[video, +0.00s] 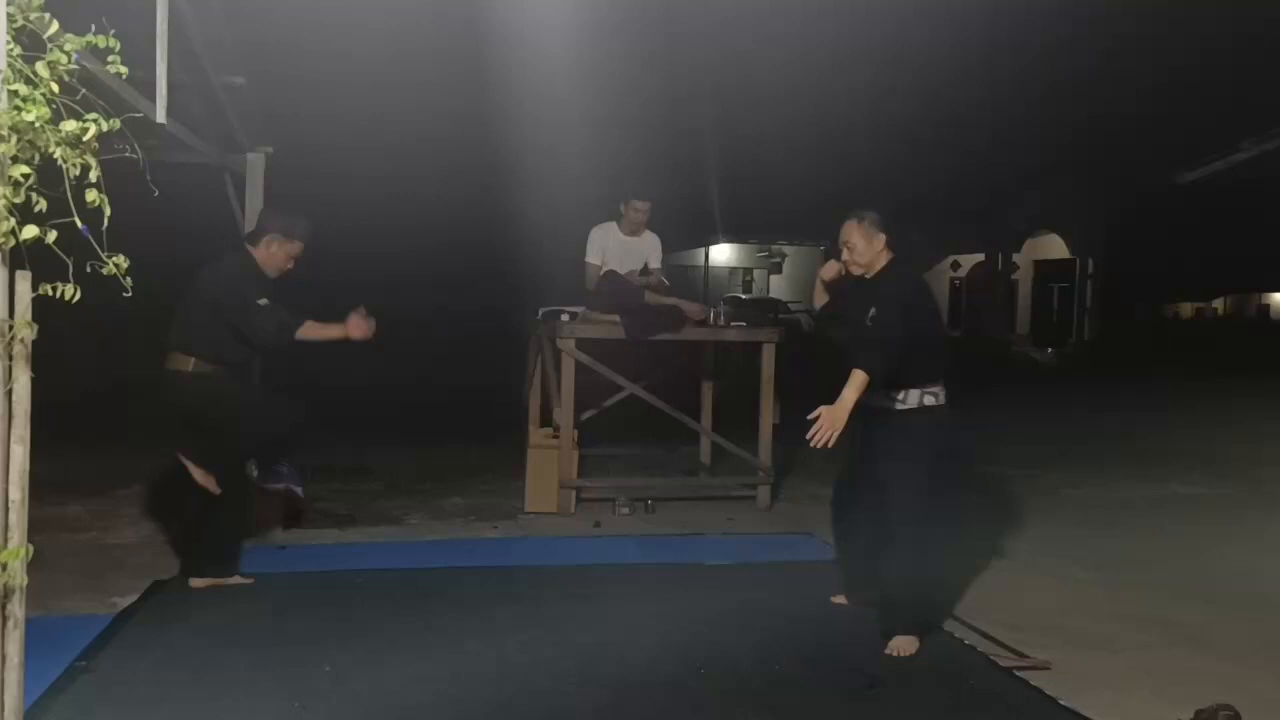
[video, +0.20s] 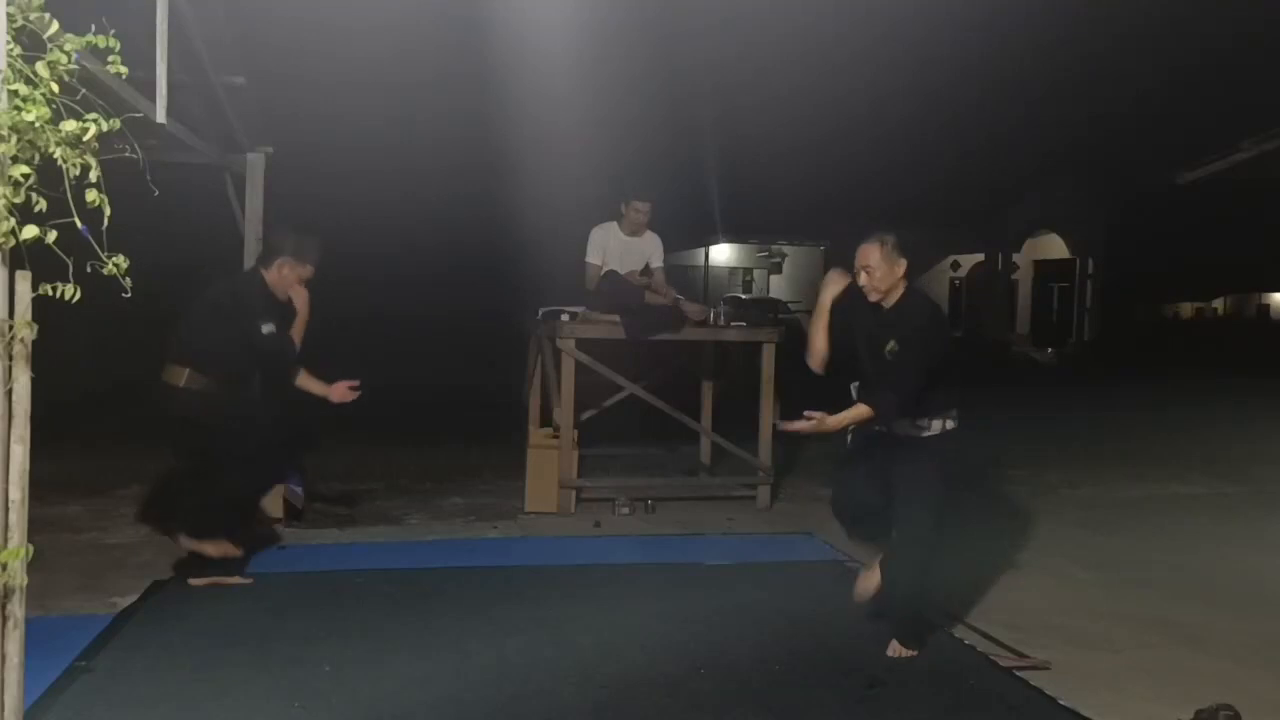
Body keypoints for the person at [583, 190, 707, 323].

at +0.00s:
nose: (640, 218)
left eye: (645, 212)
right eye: (635, 211)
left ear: (649, 214)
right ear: (623, 208)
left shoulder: (652, 240)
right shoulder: (600, 233)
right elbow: (591, 284)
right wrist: (622, 281)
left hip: (635, 302)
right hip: (602, 301)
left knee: (676, 315)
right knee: (610, 278)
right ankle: (677, 303)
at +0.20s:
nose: (641, 218)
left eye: (646, 213)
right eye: (636, 212)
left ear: (650, 214)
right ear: (623, 209)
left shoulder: (653, 241)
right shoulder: (601, 233)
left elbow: (659, 283)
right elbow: (591, 283)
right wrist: (624, 280)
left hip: (635, 300)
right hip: (602, 299)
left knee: (671, 314)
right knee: (610, 278)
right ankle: (677, 305)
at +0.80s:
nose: (642, 219)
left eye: (647, 214)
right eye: (637, 213)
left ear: (651, 215)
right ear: (624, 210)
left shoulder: (653, 240)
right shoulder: (602, 234)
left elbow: (660, 283)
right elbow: (591, 284)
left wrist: (664, 293)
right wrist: (623, 281)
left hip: (636, 300)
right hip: (603, 299)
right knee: (611, 278)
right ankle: (679, 308)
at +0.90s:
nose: (641, 219)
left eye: (646, 214)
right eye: (636, 213)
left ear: (650, 215)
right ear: (623, 210)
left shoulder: (653, 240)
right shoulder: (601, 234)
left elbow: (659, 282)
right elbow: (591, 284)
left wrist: (664, 293)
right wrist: (623, 280)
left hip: (636, 299)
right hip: (602, 299)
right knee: (611, 278)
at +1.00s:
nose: (641, 219)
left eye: (646, 214)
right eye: (636, 212)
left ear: (650, 215)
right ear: (623, 210)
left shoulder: (653, 240)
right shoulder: (601, 234)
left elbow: (659, 283)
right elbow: (591, 284)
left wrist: (664, 294)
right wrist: (623, 280)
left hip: (636, 299)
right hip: (602, 300)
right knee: (611, 278)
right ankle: (678, 311)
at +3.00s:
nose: (641, 219)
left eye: (646, 214)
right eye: (636, 212)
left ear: (650, 214)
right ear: (623, 210)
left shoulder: (653, 239)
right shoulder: (601, 234)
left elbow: (658, 282)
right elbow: (591, 284)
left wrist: (664, 295)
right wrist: (623, 281)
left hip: (636, 300)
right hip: (603, 299)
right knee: (610, 278)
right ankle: (676, 308)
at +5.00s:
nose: (637, 216)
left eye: (642, 210)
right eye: (632, 209)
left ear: (649, 212)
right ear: (622, 207)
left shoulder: (653, 239)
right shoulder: (601, 234)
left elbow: (658, 282)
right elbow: (592, 285)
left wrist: (664, 295)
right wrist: (621, 280)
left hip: (634, 300)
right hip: (602, 300)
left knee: (674, 317)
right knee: (611, 278)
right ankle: (679, 308)